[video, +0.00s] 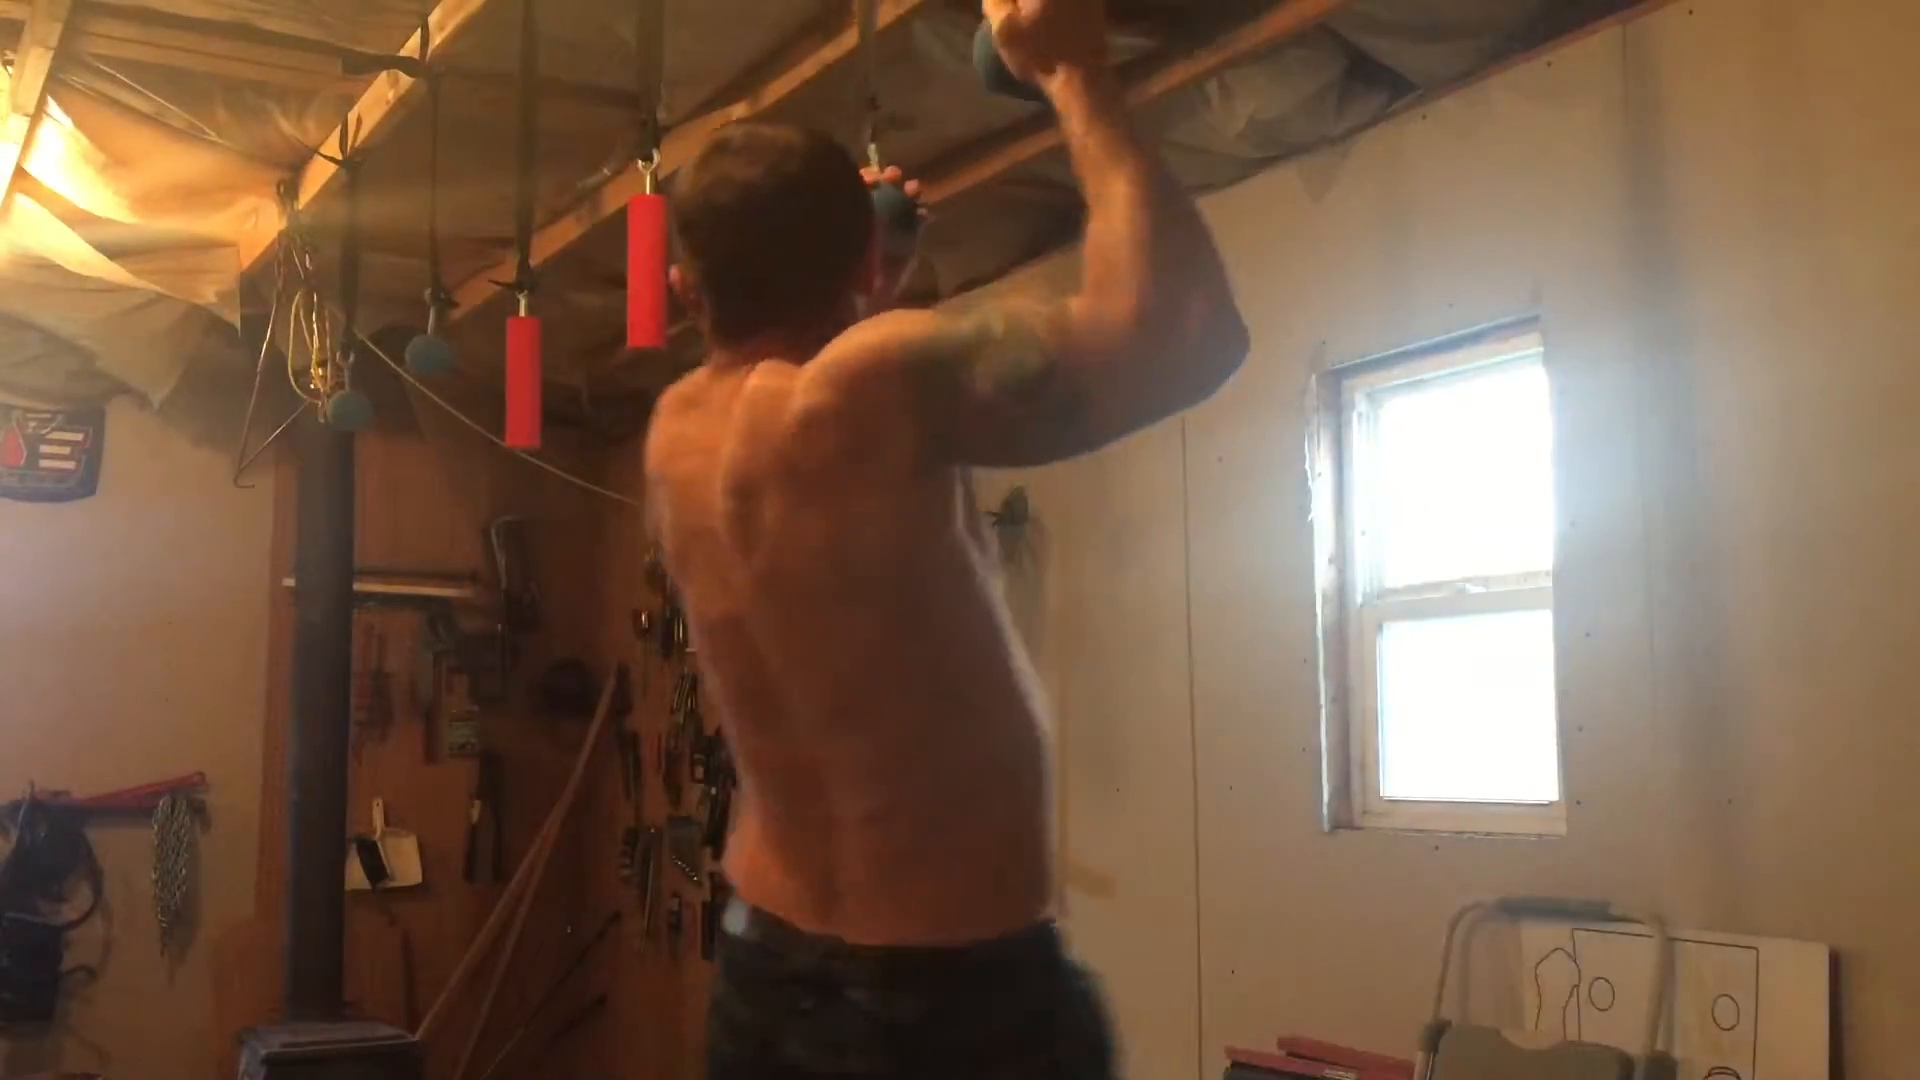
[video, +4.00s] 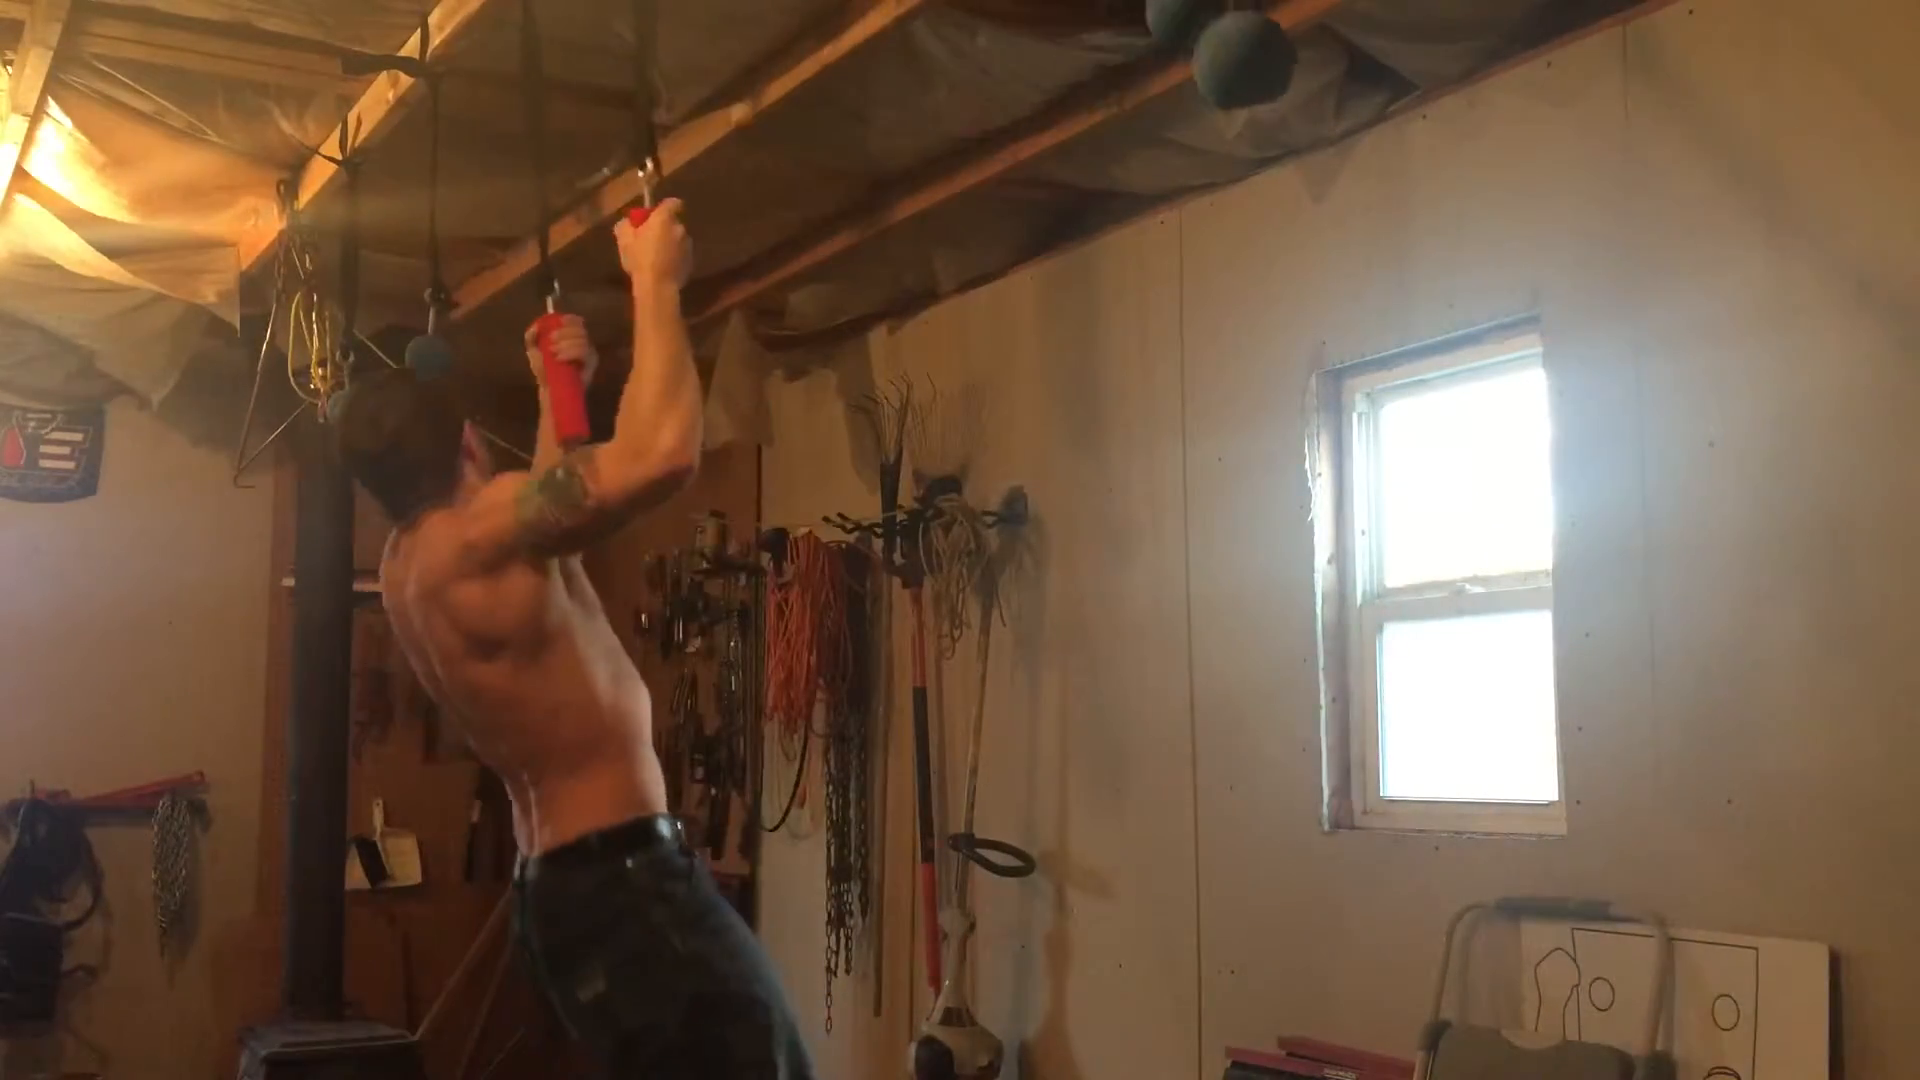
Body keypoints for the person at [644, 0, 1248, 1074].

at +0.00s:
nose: (878, 254)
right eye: (870, 234)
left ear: (702, 280)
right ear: (856, 267)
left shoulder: (675, 429)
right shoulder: (882, 379)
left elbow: (796, 398)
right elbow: (1181, 333)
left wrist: (877, 268)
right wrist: (1075, 77)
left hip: (765, 987)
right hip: (970, 1000)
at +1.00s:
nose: (921, 448)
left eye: (940, 430)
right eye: (936, 428)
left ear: (977, 456)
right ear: (1022, 477)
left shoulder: (985, 559)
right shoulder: (977, 573)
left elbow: (752, 511)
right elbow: (789, 450)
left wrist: (796, 308)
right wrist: (700, 283)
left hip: (700, 847)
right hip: (728, 909)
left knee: (371, 778)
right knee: (353, 1050)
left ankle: (49, 874)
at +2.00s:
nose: (830, 327)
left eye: (849, 301)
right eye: (837, 305)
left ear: (916, 311)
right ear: (911, 317)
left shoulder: (990, 438)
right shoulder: (800, 440)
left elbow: (1019, 429)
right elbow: (635, 427)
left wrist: (959, 235)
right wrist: (637, 234)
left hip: (868, 811)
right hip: (737, 827)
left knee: (773, 1059)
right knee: (651, 1059)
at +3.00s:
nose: (582, 439)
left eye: (580, 423)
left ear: (591, 434)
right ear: (705, 424)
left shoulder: (546, 539)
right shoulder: (778, 523)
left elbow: (420, 396)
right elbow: (697, 428)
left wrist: (521, 257)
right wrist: (672, 289)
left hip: (534, 878)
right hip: (684, 910)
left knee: (430, 938)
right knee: (655, 1049)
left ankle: (364, 1059)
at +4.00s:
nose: (485, 442)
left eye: (475, 431)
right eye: (475, 430)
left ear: (379, 482)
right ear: (464, 445)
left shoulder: (405, 567)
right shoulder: (474, 530)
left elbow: (557, 514)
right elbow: (660, 450)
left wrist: (560, 394)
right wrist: (656, 281)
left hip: (555, 889)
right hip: (625, 881)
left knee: (655, 1059)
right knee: (763, 1058)